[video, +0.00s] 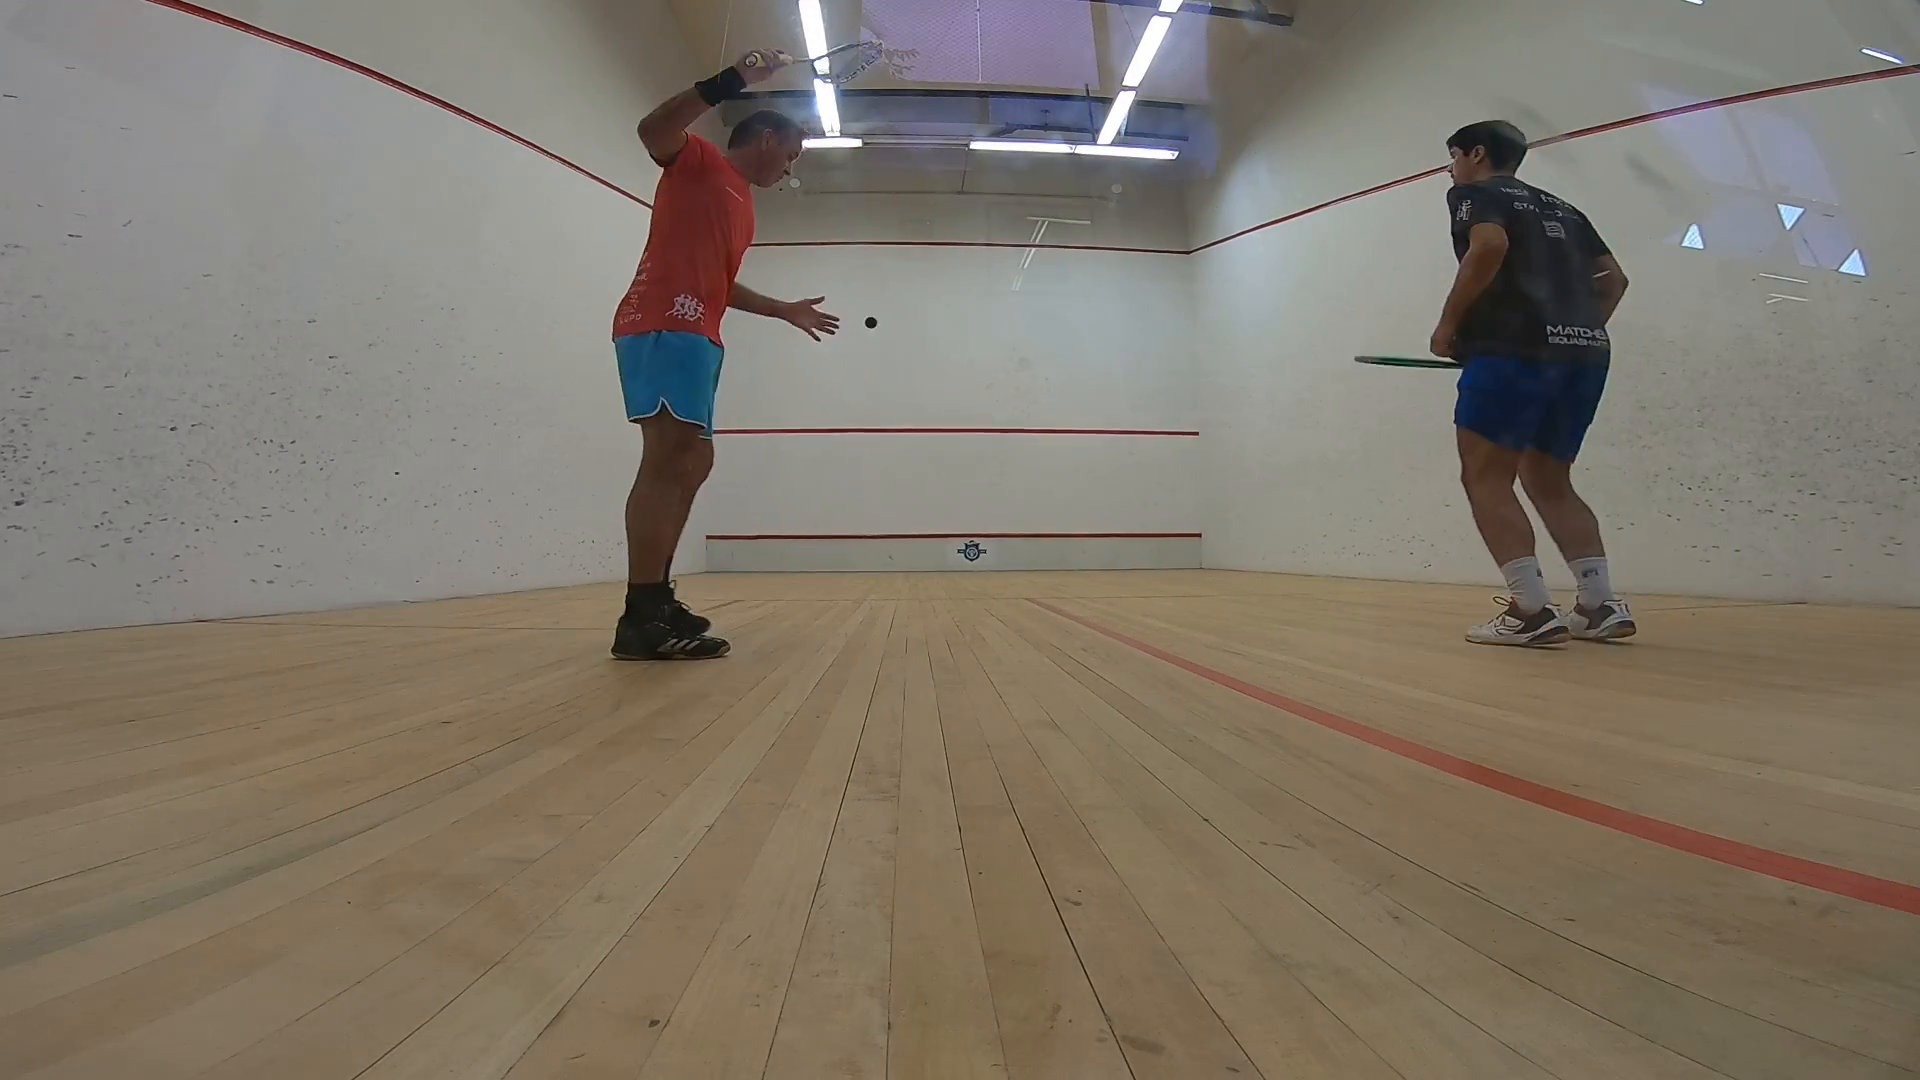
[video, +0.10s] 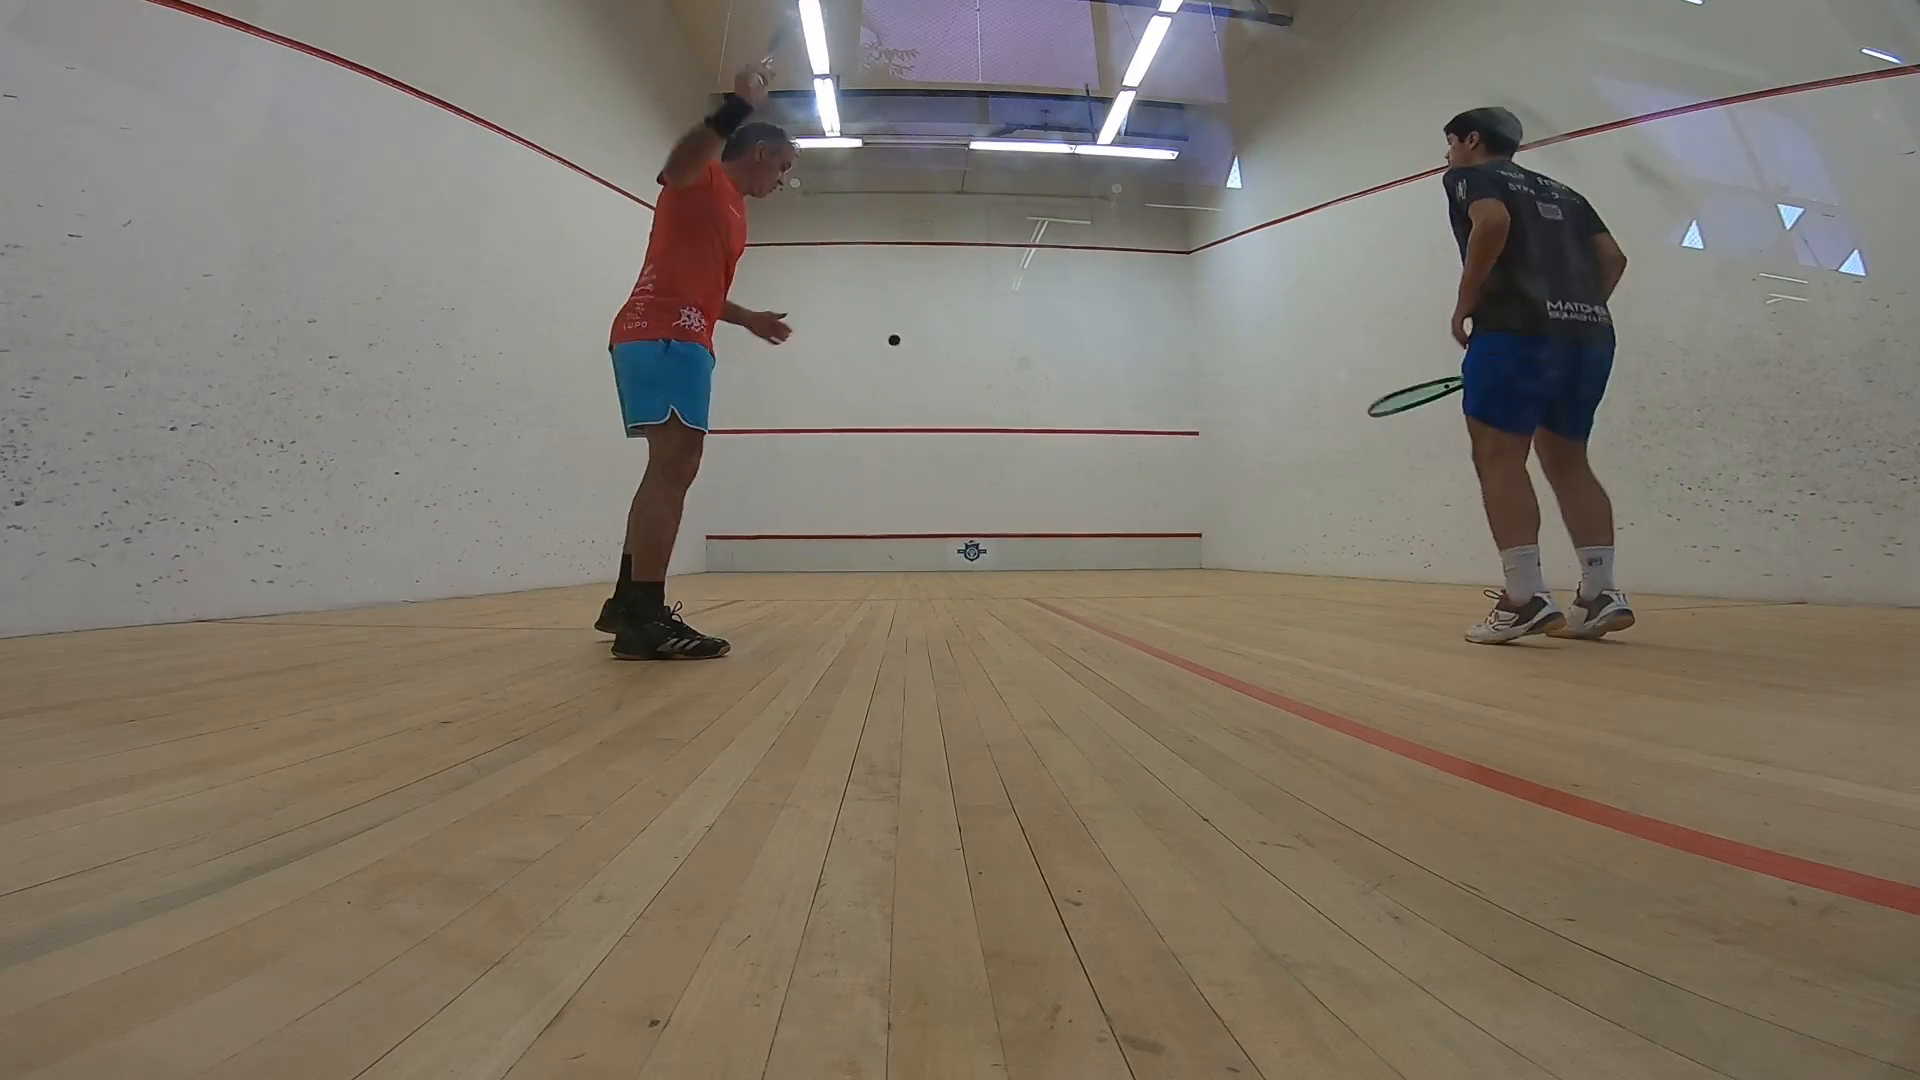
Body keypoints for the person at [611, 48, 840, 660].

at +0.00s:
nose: (790, 170)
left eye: (795, 160)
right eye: (790, 156)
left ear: (767, 150)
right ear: (764, 138)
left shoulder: (739, 204)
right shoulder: (700, 158)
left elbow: (718, 285)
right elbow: (654, 130)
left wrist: (785, 309)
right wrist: (726, 82)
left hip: (693, 334)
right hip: (664, 328)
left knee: (693, 462)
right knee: (668, 460)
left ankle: (655, 604)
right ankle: (642, 616)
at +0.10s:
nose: (780, 183)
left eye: (785, 175)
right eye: (781, 170)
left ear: (759, 163)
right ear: (756, 152)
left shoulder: (733, 213)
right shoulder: (708, 176)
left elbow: (697, 291)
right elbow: (675, 172)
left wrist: (749, 318)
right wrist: (736, 108)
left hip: (676, 337)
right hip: (664, 335)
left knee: (669, 465)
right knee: (676, 464)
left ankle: (629, 600)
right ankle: (645, 616)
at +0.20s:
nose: (771, 193)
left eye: (774, 184)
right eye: (769, 181)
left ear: (730, 165)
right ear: (748, 169)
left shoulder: (686, 205)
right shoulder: (710, 198)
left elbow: (660, 295)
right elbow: (729, 262)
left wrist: (704, 334)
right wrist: (777, 232)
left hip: (632, 348)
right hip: (665, 348)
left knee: (661, 473)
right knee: (683, 468)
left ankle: (622, 608)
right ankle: (648, 616)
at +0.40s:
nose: (742, 202)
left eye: (740, 196)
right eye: (744, 195)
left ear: (694, 187)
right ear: (738, 192)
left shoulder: (650, 220)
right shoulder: (740, 223)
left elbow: (600, 285)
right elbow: (731, 310)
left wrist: (633, 331)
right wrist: (703, 343)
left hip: (626, 357)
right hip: (686, 357)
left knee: (647, 477)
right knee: (721, 475)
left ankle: (618, 609)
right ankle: (670, 592)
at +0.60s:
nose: (729, 211)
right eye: (730, 205)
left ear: (681, 199)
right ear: (726, 203)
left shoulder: (650, 225)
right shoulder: (749, 237)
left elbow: (606, 276)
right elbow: (749, 310)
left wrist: (592, 336)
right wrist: (702, 330)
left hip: (654, 357)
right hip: (720, 364)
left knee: (644, 483)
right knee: (728, 483)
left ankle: (624, 605)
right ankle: (762, 596)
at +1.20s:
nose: (647, 258)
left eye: (645, 250)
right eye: (646, 251)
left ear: (651, 242)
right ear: (684, 241)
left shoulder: (667, 254)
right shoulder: (708, 269)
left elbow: (695, 302)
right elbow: (709, 344)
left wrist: (664, 366)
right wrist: (658, 371)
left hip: (700, 383)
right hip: (734, 385)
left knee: (676, 488)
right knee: (697, 490)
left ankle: (717, 608)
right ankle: (744, 581)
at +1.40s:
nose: (619, 299)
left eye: (616, 287)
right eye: (615, 290)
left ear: (625, 274)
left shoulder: (663, 280)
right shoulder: (652, 321)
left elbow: (716, 308)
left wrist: (684, 357)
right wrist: (594, 344)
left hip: (693, 402)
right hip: (723, 407)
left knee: (611, 479)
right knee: (685, 500)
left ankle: (663, 581)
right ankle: (736, 595)